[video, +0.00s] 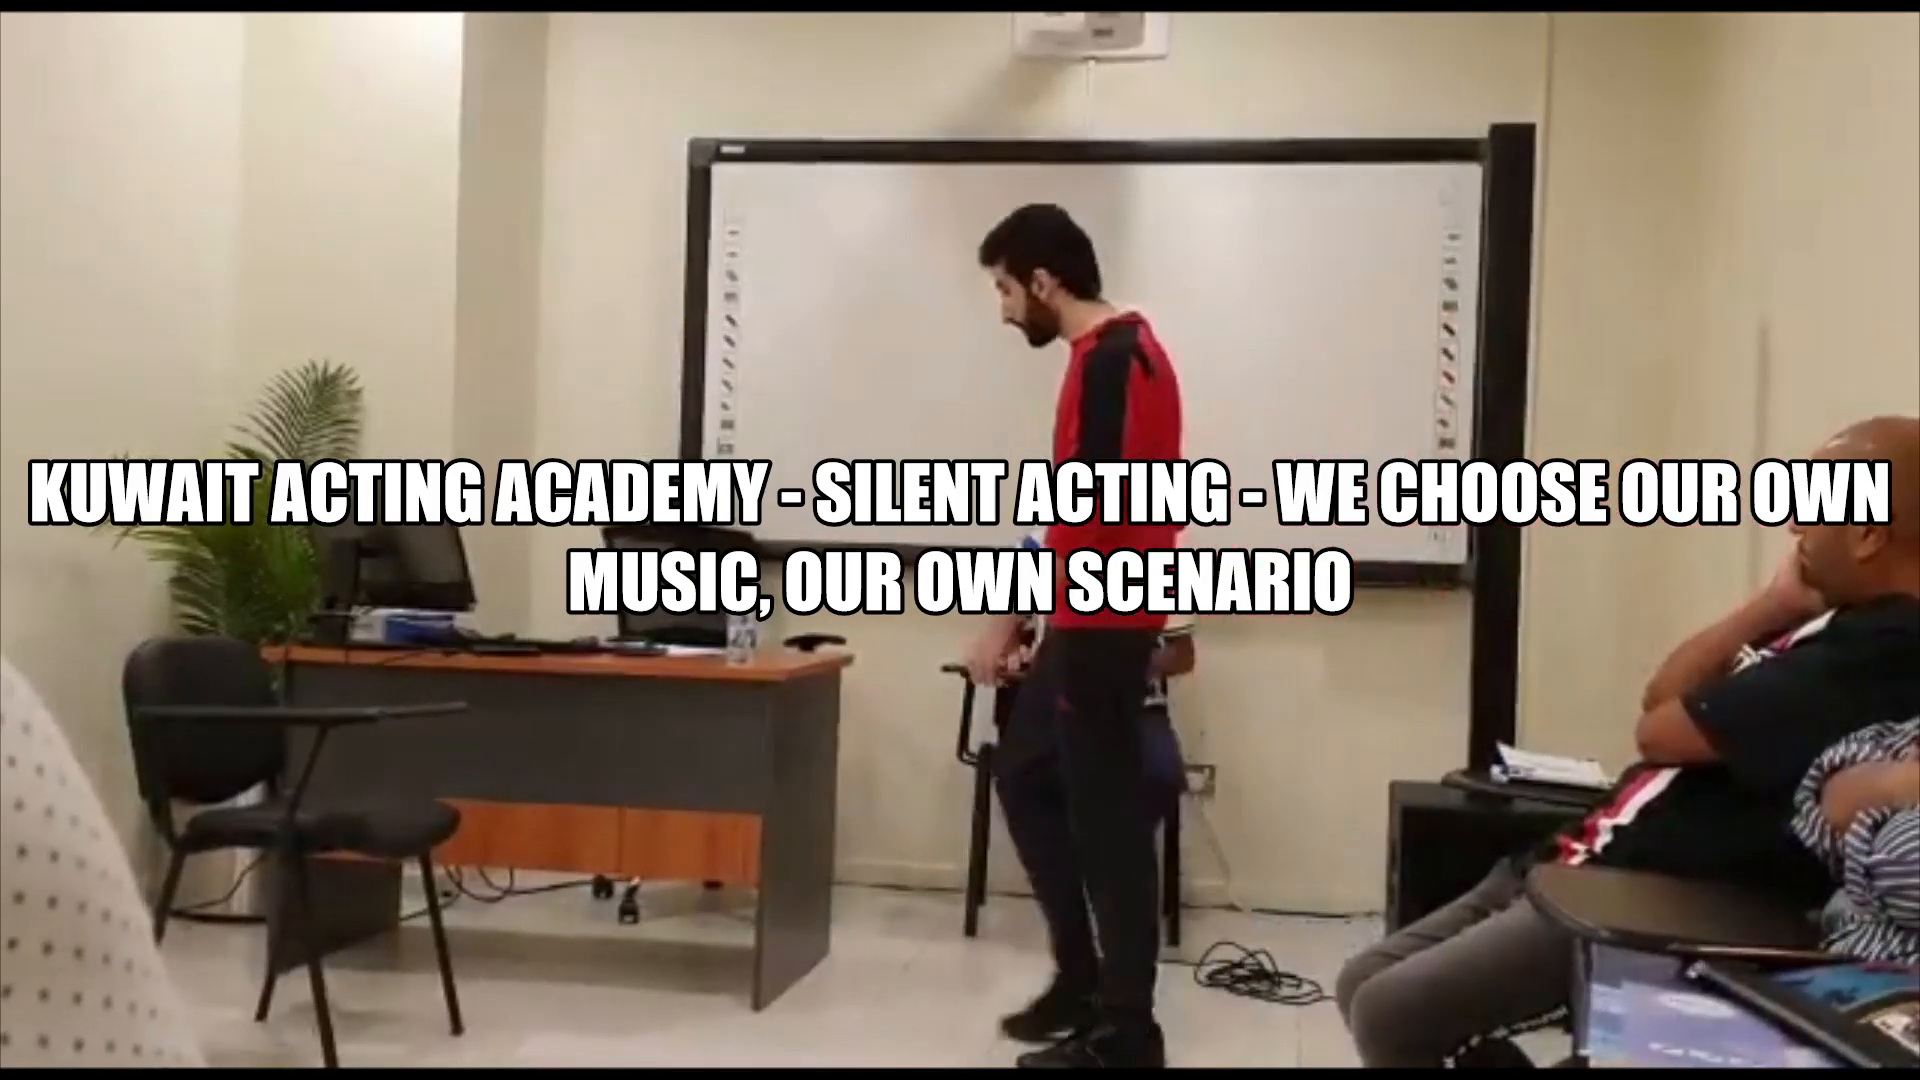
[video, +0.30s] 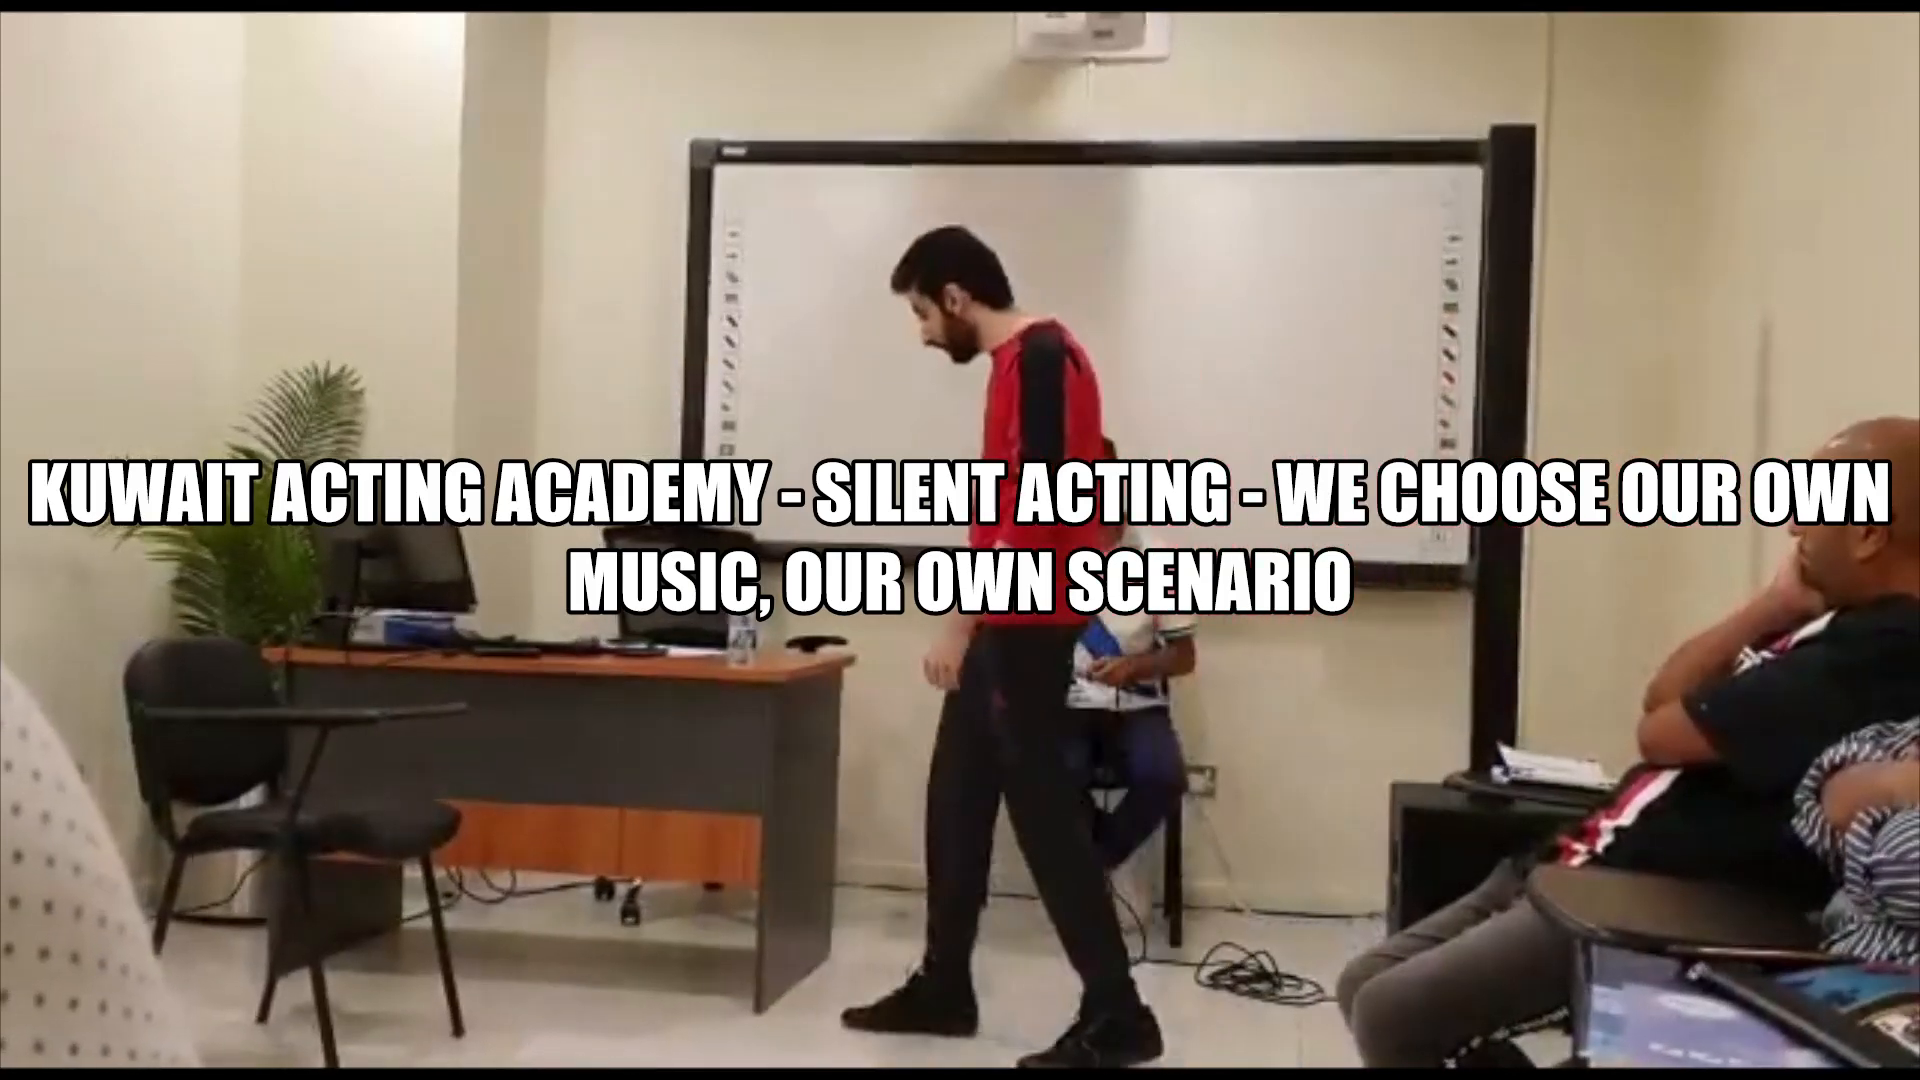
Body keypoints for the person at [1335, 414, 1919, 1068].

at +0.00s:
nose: (1796, 536)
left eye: (1813, 515)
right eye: (1801, 513)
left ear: (1872, 535)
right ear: (1874, 537)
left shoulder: (1884, 646)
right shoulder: (1849, 626)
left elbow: (1664, 736)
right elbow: (1663, 695)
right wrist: (1781, 602)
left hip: (1639, 900)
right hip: (1591, 860)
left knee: (1387, 1015)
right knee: (1363, 980)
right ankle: (1502, 1061)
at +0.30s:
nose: (1796, 535)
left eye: (1813, 513)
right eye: (1801, 512)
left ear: (1873, 533)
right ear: (1873, 535)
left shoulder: (1882, 646)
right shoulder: (1847, 626)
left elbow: (1664, 738)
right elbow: (1663, 696)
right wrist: (1782, 602)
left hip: (1632, 903)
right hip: (1586, 861)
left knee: (1388, 1017)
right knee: (1364, 982)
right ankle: (1502, 1062)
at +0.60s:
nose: (1792, 536)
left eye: (1809, 515)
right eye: (1797, 514)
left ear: (1869, 534)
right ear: (1870, 535)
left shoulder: (1884, 646)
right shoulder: (1848, 626)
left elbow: (1664, 738)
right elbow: (1662, 696)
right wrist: (1781, 602)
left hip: (1635, 902)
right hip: (1587, 861)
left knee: (1388, 1016)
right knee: (1364, 983)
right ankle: (1501, 1062)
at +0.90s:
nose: (1791, 537)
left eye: (1807, 516)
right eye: (1795, 515)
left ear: (1867, 534)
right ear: (1869, 534)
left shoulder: (1884, 645)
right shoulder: (1848, 626)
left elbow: (1663, 738)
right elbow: (1661, 699)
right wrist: (1781, 602)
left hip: (1636, 903)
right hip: (1587, 862)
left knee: (1388, 1016)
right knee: (1363, 983)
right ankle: (1497, 1061)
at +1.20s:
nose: (1793, 535)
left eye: (1810, 514)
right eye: (1798, 512)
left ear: (1869, 533)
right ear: (1870, 533)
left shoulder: (1885, 645)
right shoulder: (1846, 626)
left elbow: (1663, 738)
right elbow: (1662, 698)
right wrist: (1781, 603)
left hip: (1634, 902)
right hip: (1586, 861)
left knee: (1387, 1017)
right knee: (1363, 982)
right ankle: (1494, 1060)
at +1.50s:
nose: (1796, 534)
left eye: (1814, 513)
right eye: (1801, 512)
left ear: (1873, 533)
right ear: (1873, 534)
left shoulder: (1885, 646)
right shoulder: (1847, 626)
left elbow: (1663, 738)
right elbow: (1663, 696)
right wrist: (1782, 603)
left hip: (1636, 902)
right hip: (1587, 860)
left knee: (1387, 1018)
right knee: (1363, 983)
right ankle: (1491, 1061)